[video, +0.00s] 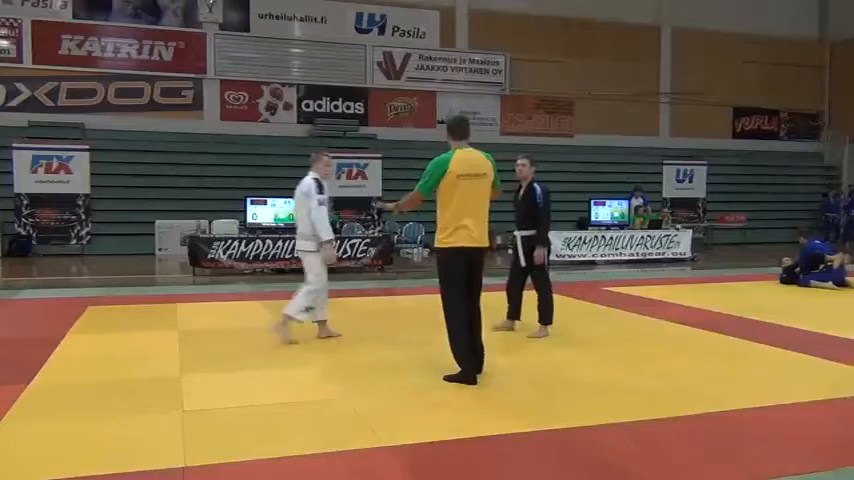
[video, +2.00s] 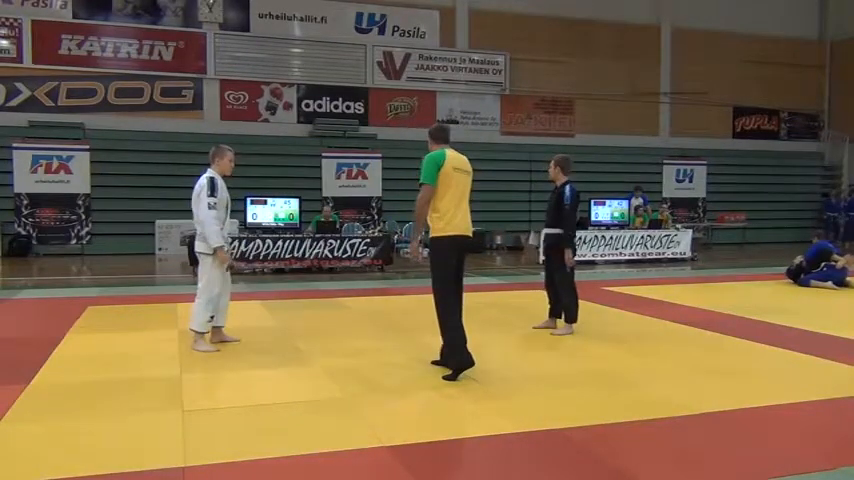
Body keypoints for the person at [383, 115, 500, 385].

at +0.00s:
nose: (447, 138)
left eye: (447, 134)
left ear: (448, 136)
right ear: (469, 135)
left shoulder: (443, 162)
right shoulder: (487, 160)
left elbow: (417, 198)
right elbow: (495, 193)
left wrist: (398, 206)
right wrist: (467, 192)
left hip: (451, 246)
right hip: (477, 245)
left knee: (455, 307)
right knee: (472, 303)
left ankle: (467, 370)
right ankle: (475, 363)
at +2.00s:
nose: (428, 144)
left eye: (428, 140)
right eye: (431, 139)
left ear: (430, 140)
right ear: (449, 140)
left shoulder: (433, 158)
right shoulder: (463, 161)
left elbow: (424, 197)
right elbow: (461, 199)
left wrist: (415, 237)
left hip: (443, 237)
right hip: (462, 236)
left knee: (445, 299)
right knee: (453, 296)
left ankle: (460, 357)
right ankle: (450, 351)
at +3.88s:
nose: (434, 140)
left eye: (434, 136)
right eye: (436, 136)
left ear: (438, 134)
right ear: (458, 132)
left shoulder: (433, 161)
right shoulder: (484, 158)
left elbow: (420, 207)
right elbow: (494, 207)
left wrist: (412, 224)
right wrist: (482, 233)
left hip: (446, 248)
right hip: (479, 248)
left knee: (445, 314)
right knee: (477, 313)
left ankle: (449, 376)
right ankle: (486, 385)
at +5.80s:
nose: (435, 122)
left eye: (436, 117)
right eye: (440, 117)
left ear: (439, 116)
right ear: (466, 117)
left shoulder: (426, 144)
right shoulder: (491, 150)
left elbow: (408, 203)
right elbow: (501, 207)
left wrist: (406, 253)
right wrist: (495, 257)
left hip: (432, 255)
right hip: (474, 257)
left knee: (425, 338)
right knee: (471, 340)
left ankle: (422, 421)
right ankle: (475, 427)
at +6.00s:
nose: (425, 123)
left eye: (425, 118)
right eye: (429, 118)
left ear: (430, 116)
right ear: (457, 117)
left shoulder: (416, 144)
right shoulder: (483, 150)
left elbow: (398, 204)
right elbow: (495, 208)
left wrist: (393, 255)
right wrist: (496, 259)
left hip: (421, 257)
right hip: (465, 259)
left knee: (407, 341)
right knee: (466, 342)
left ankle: (389, 431)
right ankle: (475, 427)